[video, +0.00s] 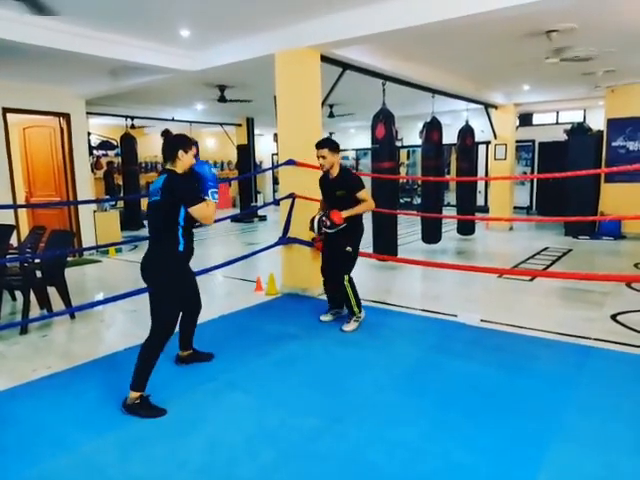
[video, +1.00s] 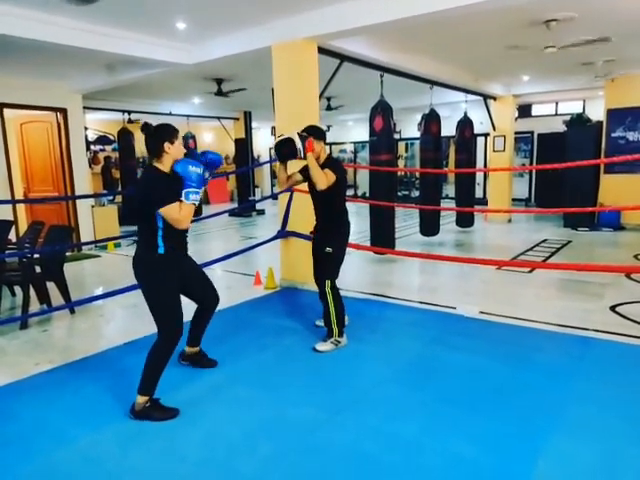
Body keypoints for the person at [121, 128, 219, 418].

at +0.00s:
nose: (194, 161)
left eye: (194, 156)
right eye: (192, 155)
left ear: (172, 155)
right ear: (181, 155)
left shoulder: (161, 181)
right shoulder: (180, 182)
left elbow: (195, 215)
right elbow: (207, 216)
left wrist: (202, 204)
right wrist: (207, 191)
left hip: (169, 261)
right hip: (166, 265)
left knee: (192, 306)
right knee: (163, 328)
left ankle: (185, 351)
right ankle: (135, 396)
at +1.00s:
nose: (183, 148)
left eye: (182, 142)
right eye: (180, 142)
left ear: (164, 148)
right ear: (167, 147)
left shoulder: (172, 176)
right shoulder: (152, 181)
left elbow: (185, 211)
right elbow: (182, 221)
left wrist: (200, 178)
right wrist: (193, 187)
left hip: (175, 259)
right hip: (154, 264)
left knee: (209, 298)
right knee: (171, 331)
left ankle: (192, 350)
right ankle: (142, 401)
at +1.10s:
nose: (190, 152)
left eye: (189, 147)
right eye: (186, 147)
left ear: (173, 152)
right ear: (173, 151)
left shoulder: (184, 179)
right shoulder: (156, 184)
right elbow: (179, 224)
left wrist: (239, 158)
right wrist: (192, 191)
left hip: (182, 261)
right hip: (158, 266)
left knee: (215, 300)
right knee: (173, 331)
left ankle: (215, 344)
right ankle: (143, 401)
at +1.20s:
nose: (196, 151)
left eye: (195, 146)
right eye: (192, 146)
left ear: (181, 151)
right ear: (179, 151)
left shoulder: (191, 176)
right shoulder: (163, 185)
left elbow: (229, 166)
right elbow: (185, 221)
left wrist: (256, 155)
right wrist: (198, 188)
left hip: (187, 262)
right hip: (165, 265)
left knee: (217, 300)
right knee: (174, 329)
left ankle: (222, 345)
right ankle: (144, 400)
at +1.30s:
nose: (200, 146)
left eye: (198, 141)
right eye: (197, 141)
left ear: (177, 147)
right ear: (188, 145)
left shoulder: (173, 172)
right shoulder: (195, 171)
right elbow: (235, 186)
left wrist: (216, 166)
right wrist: (234, 159)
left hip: (176, 249)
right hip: (185, 253)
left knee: (215, 294)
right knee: (178, 319)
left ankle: (223, 343)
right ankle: (139, 380)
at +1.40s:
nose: (201, 144)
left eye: (199, 139)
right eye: (198, 140)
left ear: (176, 147)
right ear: (190, 145)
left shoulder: (167, 175)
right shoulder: (207, 163)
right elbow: (248, 160)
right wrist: (255, 140)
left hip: (172, 248)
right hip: (189, 250)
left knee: (211, 290)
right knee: (180, 314)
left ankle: (222, 343)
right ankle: (140, 368)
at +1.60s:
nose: (196, 149)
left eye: (195, 145)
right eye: (193, 145)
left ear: (173, 148)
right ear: (181, 147)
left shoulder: (160, 175)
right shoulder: (193, 174)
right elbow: (230, 195)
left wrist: (208, 187)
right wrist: (231, 177)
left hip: (168, 250)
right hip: (184, 252)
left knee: (214, 292)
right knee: (187, 315)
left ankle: (225, 343)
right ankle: (147, 367)